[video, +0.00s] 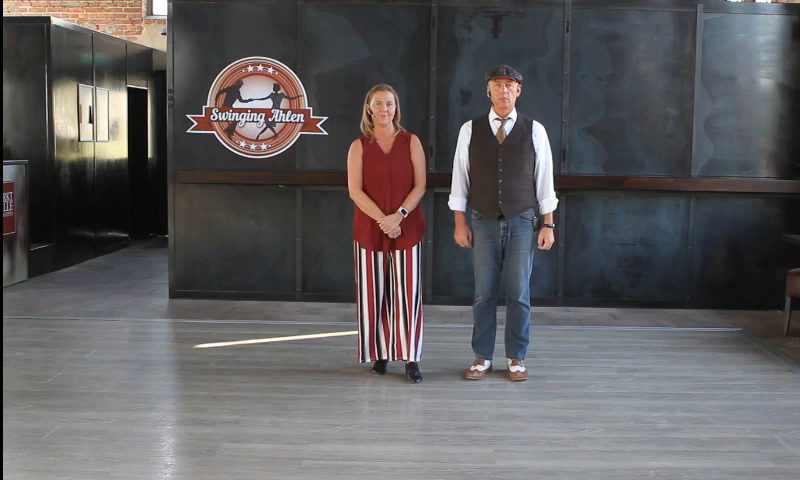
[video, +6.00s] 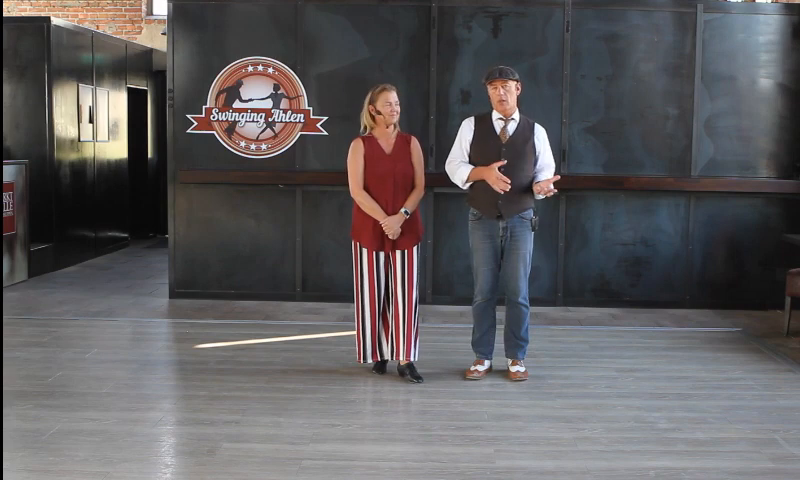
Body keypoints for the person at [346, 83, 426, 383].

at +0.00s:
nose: (384, 108)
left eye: (389, 103)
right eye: (378, 103)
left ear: (396, 108)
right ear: (369, 108)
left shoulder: (412, 142)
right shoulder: (358, 146)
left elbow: (421, 186)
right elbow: (354, 191)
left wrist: (398, 215)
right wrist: (385, 220)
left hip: (406, 230)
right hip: (370, 231)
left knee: (408, 294)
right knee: (374, 294)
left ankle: (411, 358)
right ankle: (379, 355)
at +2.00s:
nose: (396, 108)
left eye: (396, 103)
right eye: (389, 105)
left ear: (398, 107)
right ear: (373, 112)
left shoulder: (412, 142)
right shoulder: (360, 145)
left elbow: (421, 186)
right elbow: (357, 190)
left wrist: (403, 215)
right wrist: (390, 220)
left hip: (407, 230)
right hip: (372, 231)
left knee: (409, 294)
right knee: (374, 294)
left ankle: (412, 357)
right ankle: (379, 354)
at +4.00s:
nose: (388, 110)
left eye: (393, 106)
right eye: (383, 104)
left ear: (400, 110)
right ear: (373, 107)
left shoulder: (411, 143)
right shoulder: (358, 144)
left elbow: (419, 187)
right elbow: (355, 189)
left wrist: (399, 216)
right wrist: (386, 220)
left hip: (405, 231)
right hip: (370, 231)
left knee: (407, 296)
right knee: (373, 295)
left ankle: (406, 359)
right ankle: (379, 356)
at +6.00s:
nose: (394, 108)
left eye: (396, 104)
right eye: (387, 105)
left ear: (400, 107)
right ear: (373, 109)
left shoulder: (411, 143)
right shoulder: (359, 145)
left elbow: (420, 187)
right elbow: (356, 190)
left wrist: (400, 216)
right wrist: (387, 220)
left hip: (405, 230)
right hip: (370, 231)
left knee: (406, 295)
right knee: (373, 295)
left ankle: (405, 359)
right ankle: (378, 356)